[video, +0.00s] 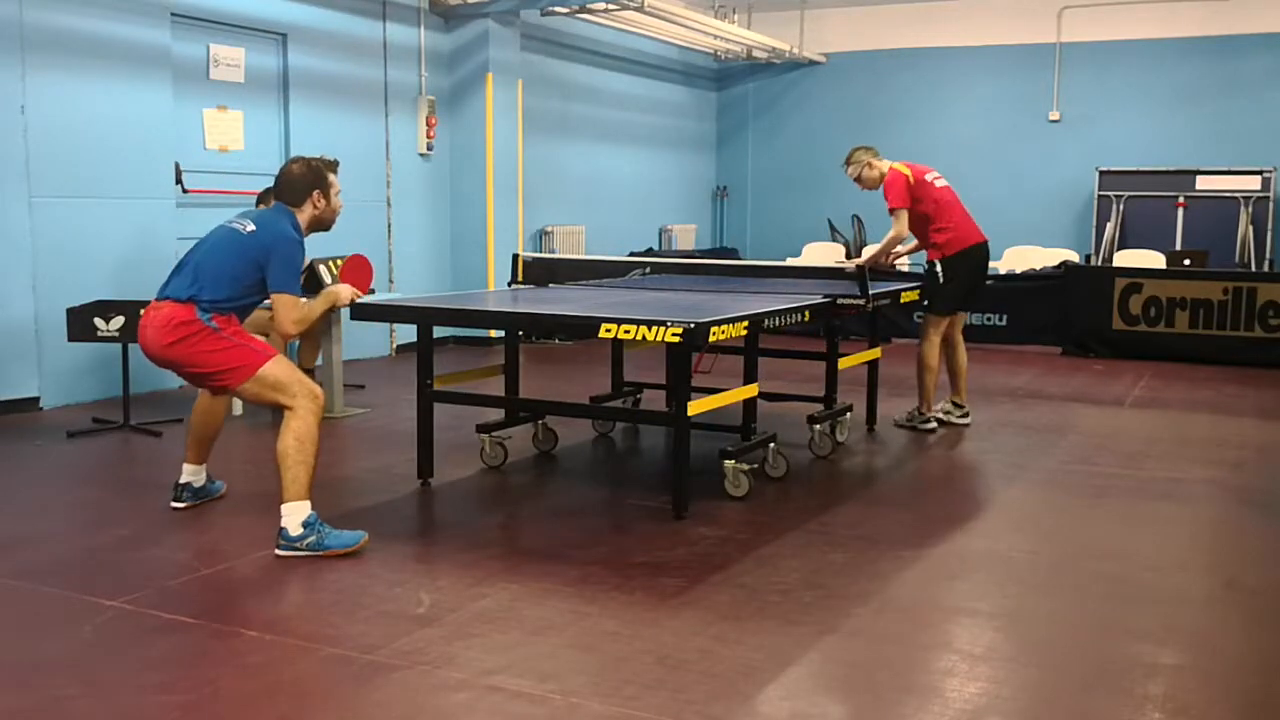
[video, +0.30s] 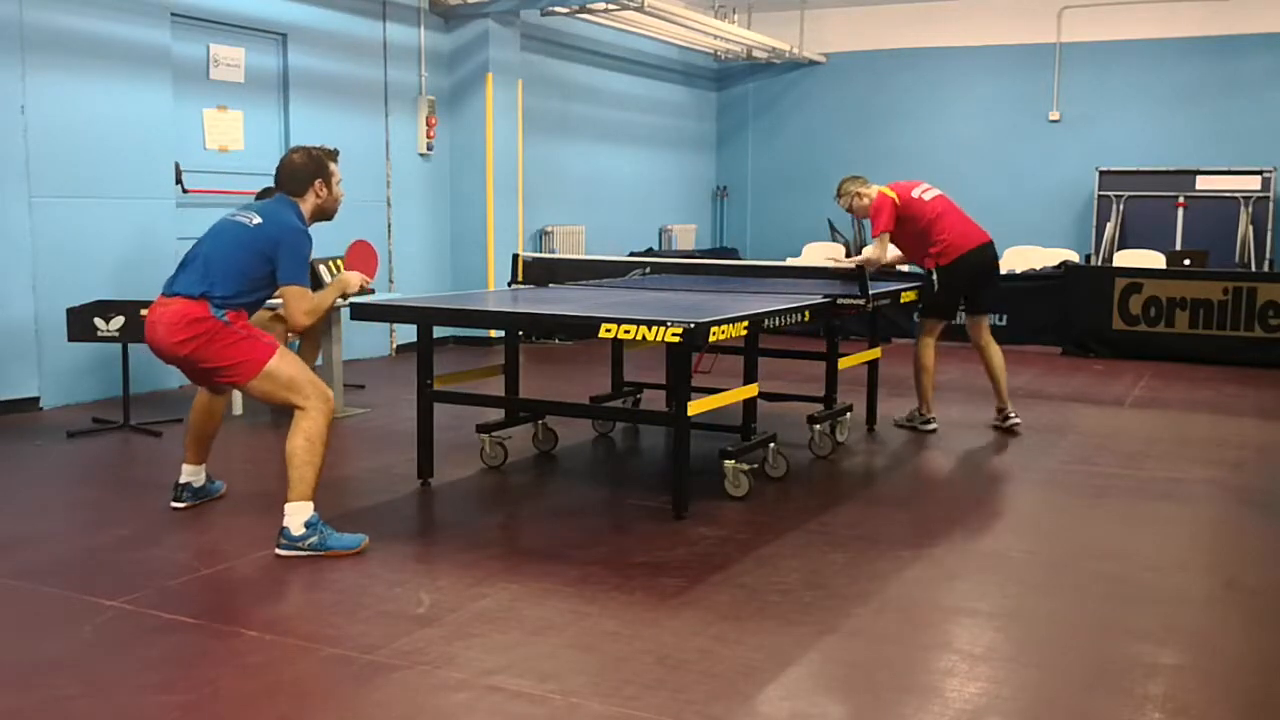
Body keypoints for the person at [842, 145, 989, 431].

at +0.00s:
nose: (860, 186)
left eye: (858, 178)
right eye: (856, 181)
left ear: (871, 164)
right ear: (874, 162)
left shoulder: (895, 176)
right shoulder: (914, 170)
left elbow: (899, 232)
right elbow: (936, 230)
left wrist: (872, 257)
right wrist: (902, 251)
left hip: (952, 255)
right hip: (973, 250)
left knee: (931, 334)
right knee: (953, 332)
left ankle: (925, 411)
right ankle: (959, 405)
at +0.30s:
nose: (855, 216)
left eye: (850, 209)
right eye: (850, 212)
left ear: (860, 194)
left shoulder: (883, 199)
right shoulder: (909, 188)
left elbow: (877, 256)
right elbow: (917, 252)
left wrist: (856, 260)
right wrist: (879, 260)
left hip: (952, 262)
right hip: (983, 251)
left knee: (926, 338)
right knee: (981, 333)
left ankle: (924, 413)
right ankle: (1006, 410)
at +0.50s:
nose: (859, 226)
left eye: (855, 218)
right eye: (854, 222)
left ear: (863, 203)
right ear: (871, 196)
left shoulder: (884, 208)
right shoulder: (909, 196)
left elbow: (879, 267)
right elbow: (915, 254)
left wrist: (842, 272)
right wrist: (879, 263)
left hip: (952, 266)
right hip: (987, 254)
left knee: (923, 336)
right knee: (994, 341)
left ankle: (925, 412)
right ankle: (1019, 415)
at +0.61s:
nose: (860, 229)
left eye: (856, 221)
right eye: (855, 224)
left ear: (866, 206)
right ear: (872, 200)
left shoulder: (885, 212)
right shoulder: (912, 197)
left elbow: (879, 270)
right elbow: (914, 256)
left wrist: (842, 273)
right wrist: (870, 263)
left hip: (953, 269)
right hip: (989, 257)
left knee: (920, 337)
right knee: (994, 342)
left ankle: (924, 413)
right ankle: (1020, 416)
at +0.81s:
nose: (864, 228)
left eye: (860, 220)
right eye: (859, 223)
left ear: (870, 206)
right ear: (879, 199)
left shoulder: (889, 214)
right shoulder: (918, 197)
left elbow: (880, 271)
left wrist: (841, 270)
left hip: (954, 275)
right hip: (992, 263)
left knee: (918, 338)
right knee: (996, 344)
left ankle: (924, 413)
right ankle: (1020, 417)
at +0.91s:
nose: (869, 225)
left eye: (865, 218)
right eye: (864, 221)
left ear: (876, 202)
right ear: (884, 196)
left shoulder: (893, 213)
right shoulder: (925, 192)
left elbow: (881, 270)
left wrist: (841, 270)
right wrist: (896, 259)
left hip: (954, 276)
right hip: (993, 264)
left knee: (918, 338)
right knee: (997, 344)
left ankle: (924, 413)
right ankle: (1021, 417)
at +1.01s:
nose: (873, 219)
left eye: (870, 212)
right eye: (868, 214)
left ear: (882, 197)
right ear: (889, 191)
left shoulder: (896, 210)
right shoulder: (931, 188)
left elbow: (882, 269)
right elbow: (925, 249)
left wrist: (844, 271)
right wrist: (892, 254)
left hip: (955, 276)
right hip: (994, 266)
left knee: (918, 338)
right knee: (998, 345)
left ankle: (924, 414)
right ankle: (1021, 417)